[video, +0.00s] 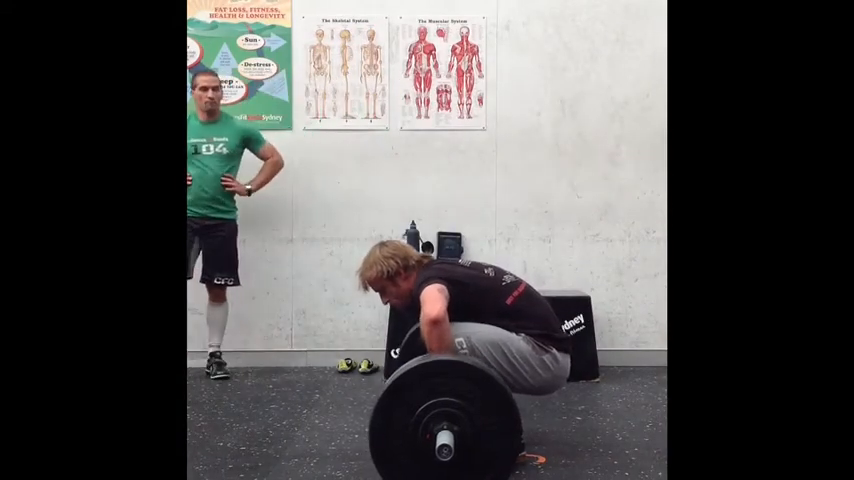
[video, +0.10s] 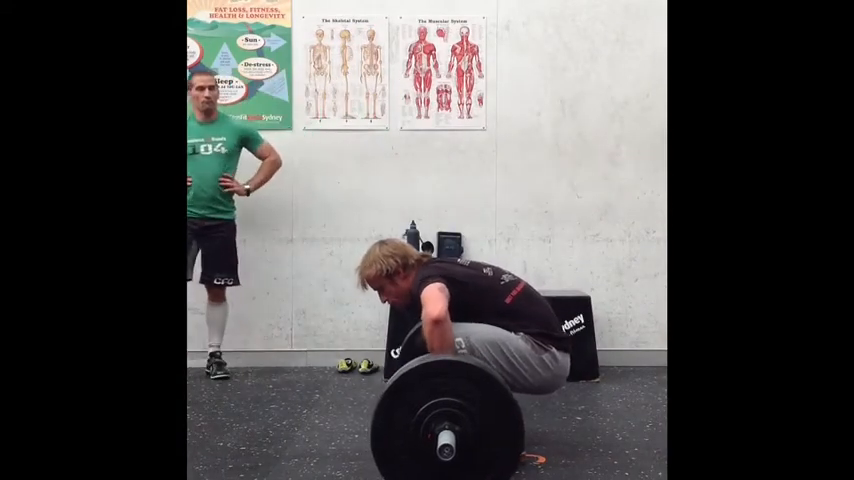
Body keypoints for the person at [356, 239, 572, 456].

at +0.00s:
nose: (385, 301)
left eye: (383, 291)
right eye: (379, 294)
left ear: (401, 276)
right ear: (403, 274)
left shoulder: (430, 276)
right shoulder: (437, 269)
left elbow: (434, 317)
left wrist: (447, 384)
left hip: (545, 358)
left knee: (444, 339)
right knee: (439, 339)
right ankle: (500, 440)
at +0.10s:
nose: (384, 299)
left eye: (382, 290)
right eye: (378, 292)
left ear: (401, 274)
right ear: (403, 271)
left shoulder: (430, 275)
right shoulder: (436, 269)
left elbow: (436, 316)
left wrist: (445, 386)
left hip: (544, 356)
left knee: (437, 339)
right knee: (433, 339)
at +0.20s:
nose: (381, 296)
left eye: (380, 286)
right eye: (376, 289)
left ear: (398, 271)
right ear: (401, 267)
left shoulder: (428, 272)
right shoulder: (436, 267)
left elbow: (439, 314)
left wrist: (446, 383)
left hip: (544, 352)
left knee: (435, 337)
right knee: (437, 336)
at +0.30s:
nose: (376, 285)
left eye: (375, 276)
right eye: (372, 279)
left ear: (394, 261)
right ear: (397, 257)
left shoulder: (424, 264)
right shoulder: (433, 258)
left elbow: (443, 314)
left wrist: (450, 384)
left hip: (546, 339)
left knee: (439, 336)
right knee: (438, 333)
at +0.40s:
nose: (372, 268)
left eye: (371, 257)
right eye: (367, 261)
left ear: (390, 243)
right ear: (393, 240)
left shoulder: (423, 249)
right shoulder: (426, 243)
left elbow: (446, 312)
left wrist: (449, 385)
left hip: (543, 316)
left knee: (439, 331)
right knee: (440, 328)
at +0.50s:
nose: (367, 249)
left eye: (365, 238)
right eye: (362, 241)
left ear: (386, 224)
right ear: (388, 224)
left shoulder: (423, 236)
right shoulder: (426, 229)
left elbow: (449, 308)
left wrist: (449, 379)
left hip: (543, 297)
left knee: (442, 325)